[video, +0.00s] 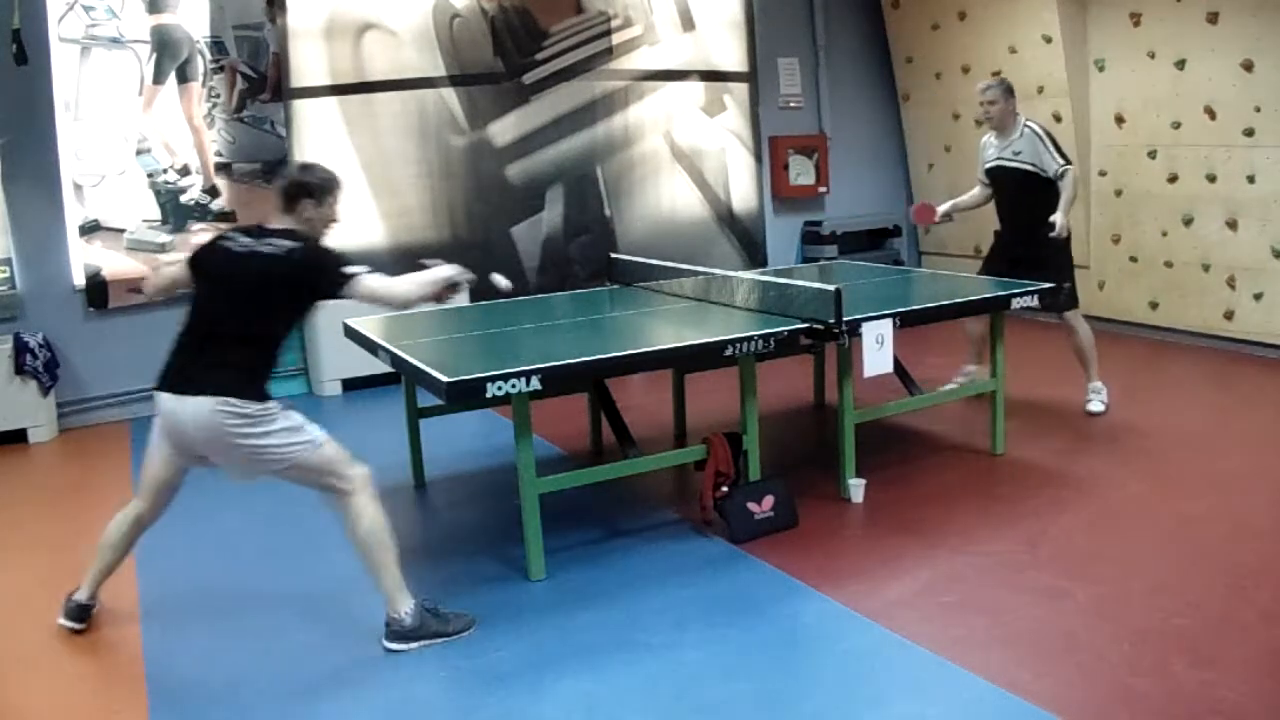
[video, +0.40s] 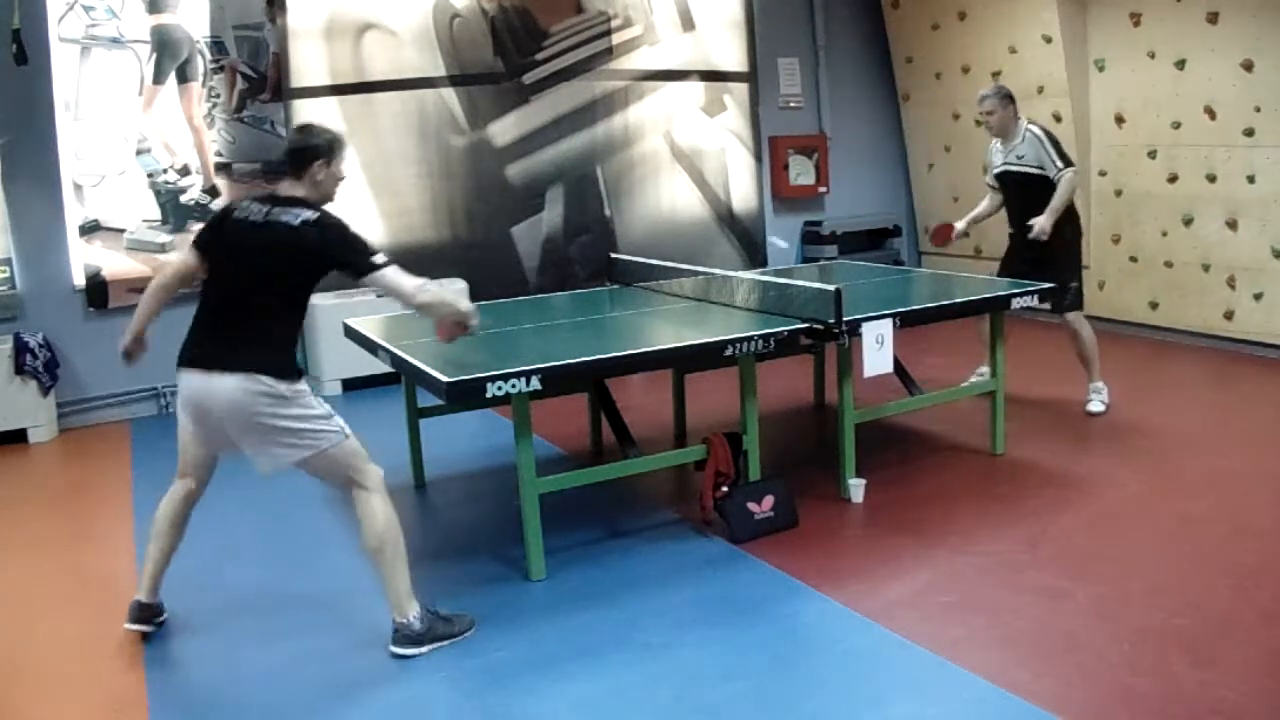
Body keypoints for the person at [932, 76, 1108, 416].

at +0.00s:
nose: (984, 111)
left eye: (990, 104)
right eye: (981, 105)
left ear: (1011, 104)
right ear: (981, 109)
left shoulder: (1033, 134)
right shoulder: (988, 143)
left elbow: (1067, 172)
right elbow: (986, 189)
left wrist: (1062, 213)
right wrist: (950, 206)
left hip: (1047, 239)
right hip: (1009, 240)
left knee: (1068, 313)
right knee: (977, 304)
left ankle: (1094, 384)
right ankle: (977, 372)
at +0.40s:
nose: (985, 121)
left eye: (989, 114)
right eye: (982, 116)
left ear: (1010, 110)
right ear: (984, 118)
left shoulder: (1036, 136)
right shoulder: (995, 149)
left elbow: (1069, 176)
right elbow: (996, 197)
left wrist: (1049, 217)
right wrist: (965, 222)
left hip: (1059, 238)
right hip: (1022, 239)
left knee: (1070, 314)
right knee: (995, 304)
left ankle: (1096, 385)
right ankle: (992, 368)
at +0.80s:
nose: (978, 150)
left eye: (979, 142)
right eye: (975, 144)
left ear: (996, 133)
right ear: (994, 137)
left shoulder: (1023, 148)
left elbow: (1051, 183)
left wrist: (1036, 231)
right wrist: (995, 248)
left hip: (1068, 244)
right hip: (1043, 245)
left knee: (1066, 326)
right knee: (1008, 307)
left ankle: (1107, 388)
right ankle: (992, 371)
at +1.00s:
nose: (998, 126)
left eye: (1002, 119)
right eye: (996, 121)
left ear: (1021, 116)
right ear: (1011, 120)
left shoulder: (1051, 139)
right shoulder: (1012, 151)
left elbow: (1081, 179)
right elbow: (976, 180)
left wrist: (1062, 220)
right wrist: (929, 183)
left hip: (1069, 242)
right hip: (1035, 241)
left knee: (1070, 320)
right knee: (1007, 306)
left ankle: (1105, 387)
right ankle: (992, 371)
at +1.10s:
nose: (1015, 119)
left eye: (1020, 111)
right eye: (1013, 113)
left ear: (1041, 108)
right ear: (1016, 114)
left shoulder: (1068, 140)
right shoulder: (1018, 143)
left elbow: (1099, 179)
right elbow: (980, 165)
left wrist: (1082, 217)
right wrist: (932, 167)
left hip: (1071, 243)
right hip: (1035, 241)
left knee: (1075, 318)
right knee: (1006, 306)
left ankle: (1105, 387)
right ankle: (992, 371)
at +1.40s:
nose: (1047, 106)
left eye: (1053, 99)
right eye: (1044, 100)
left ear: (1073, 100)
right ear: (1042, 102)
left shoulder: (1096, 136)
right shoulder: (1040, 134)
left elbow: (1124, 182)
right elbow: (1014, 174)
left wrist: (1120, 227)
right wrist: (976, 178)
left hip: (1084, 239)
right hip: (1046, 236)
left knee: (1085, 316)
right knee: (1020, 305)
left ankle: (1107, 388)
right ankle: (1018, 371)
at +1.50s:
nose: (1045, 102)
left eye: (1052, 96)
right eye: (1042, 96)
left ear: (1072, 97)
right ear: (1040, 98)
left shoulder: (1094, 133)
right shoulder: (1038, 133)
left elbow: (1122, 180)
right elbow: (1019, 175)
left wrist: (1121, 225)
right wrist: (985, 187)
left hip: (1083, 235)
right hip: (1044, 233)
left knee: (1086, 316)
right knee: (1024, 305)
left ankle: (1106, 388)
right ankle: (1033, 372)